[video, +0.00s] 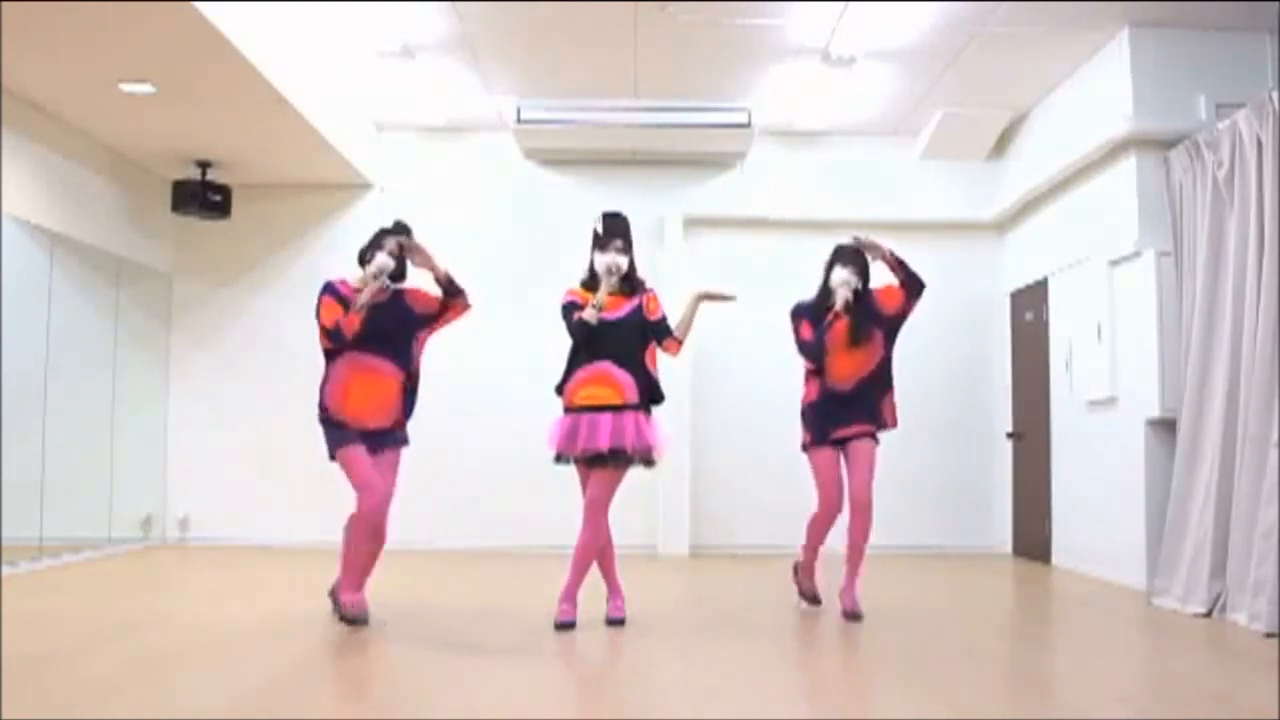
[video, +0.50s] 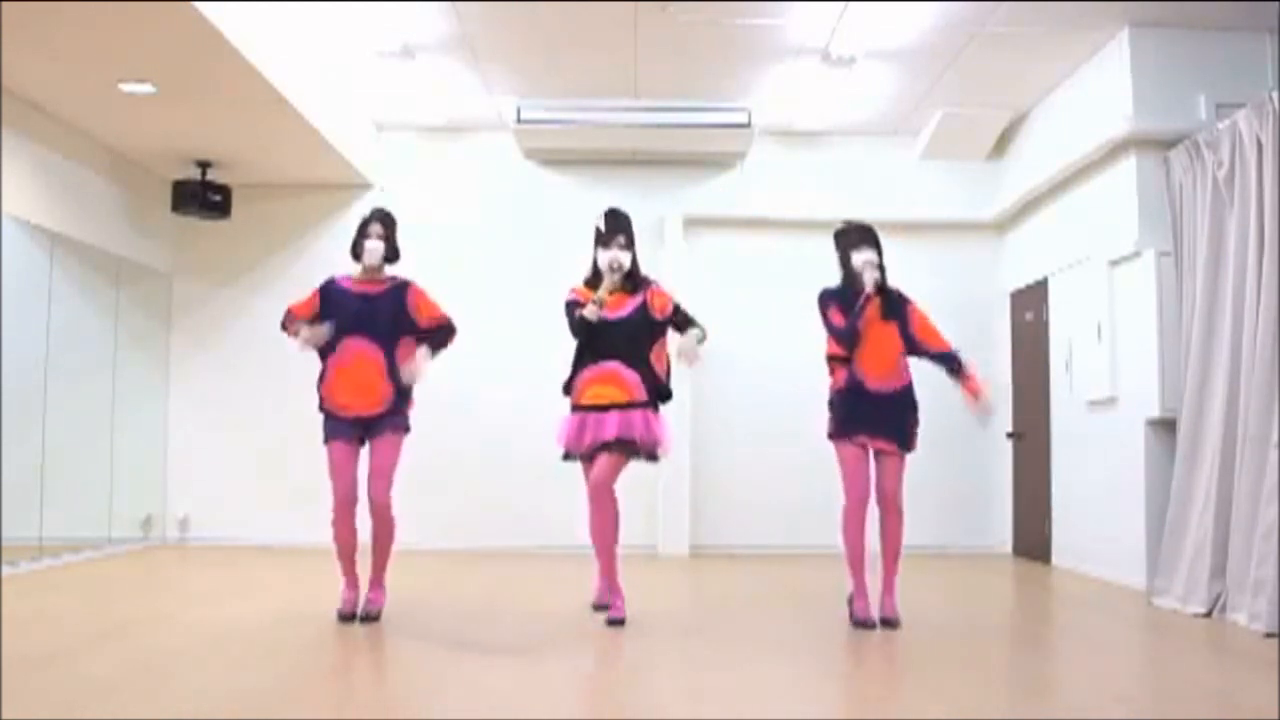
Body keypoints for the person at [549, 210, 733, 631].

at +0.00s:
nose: (613, 261)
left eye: (621, 252)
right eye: (606, 252)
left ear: (631, 255)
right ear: (593, 253)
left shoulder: (642, 297)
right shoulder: (576, 295)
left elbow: (671, 344)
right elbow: (579, 332)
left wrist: (695, 300)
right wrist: (602, 289)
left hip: (624, 407)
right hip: (582, 406)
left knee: (596, 503)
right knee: (594, 505)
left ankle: (567, 595)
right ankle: (615, 592)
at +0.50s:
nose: (615, 257)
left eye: (622, 248)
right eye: (607, 249)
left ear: (633, 252)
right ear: (596, 252)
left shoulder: (651, 296)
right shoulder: (581, 295)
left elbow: (694, 329)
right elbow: (578, 328)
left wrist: (687, 342)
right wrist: (595, 305)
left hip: (632, 401)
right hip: (589, 401)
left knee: (600, 482)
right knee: (595, 489)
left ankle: (607, 582)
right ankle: (610, 587)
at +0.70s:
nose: (617, 257)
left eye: (624, 249)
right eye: (610, 249)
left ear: (635, 253)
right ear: (597, 252)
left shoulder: (650, 297)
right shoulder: (581, 297)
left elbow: (663, 359)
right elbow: (588, 327)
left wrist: (680, 414)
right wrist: (606, 291)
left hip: (639, 404)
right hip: (595, 406)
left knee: (627, 498)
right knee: (602, 503)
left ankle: (645, 588)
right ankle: (613, 592)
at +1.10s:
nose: (620, 257)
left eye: (628, 248)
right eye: (612, 248)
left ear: (638, 252)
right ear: (600, 253)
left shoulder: (654, 296)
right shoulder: (586, 295)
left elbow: (661, 353)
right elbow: (595, 327)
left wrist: (669, 404)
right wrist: (611, 293)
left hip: (646, 401)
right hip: (601, 402)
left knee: (647, 503)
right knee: (606, 503)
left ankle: (645, 591)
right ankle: (613, 591)